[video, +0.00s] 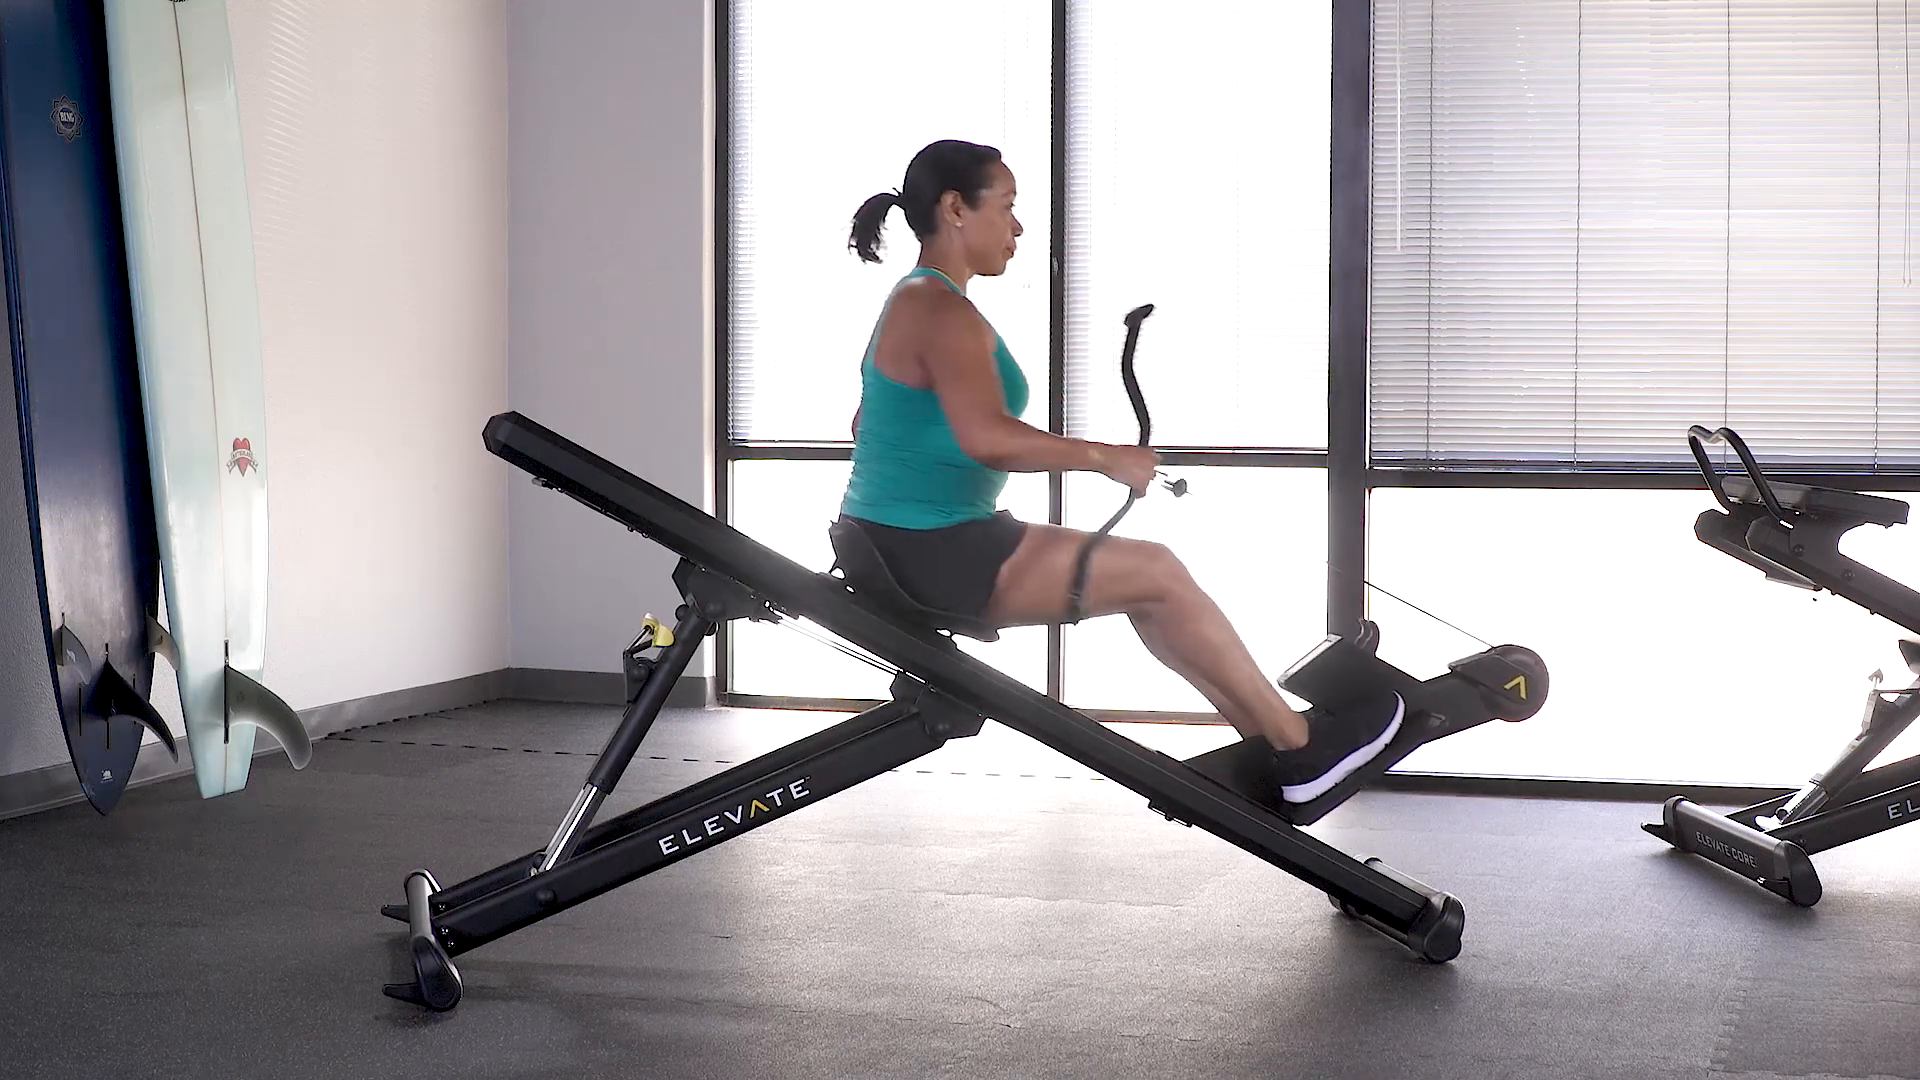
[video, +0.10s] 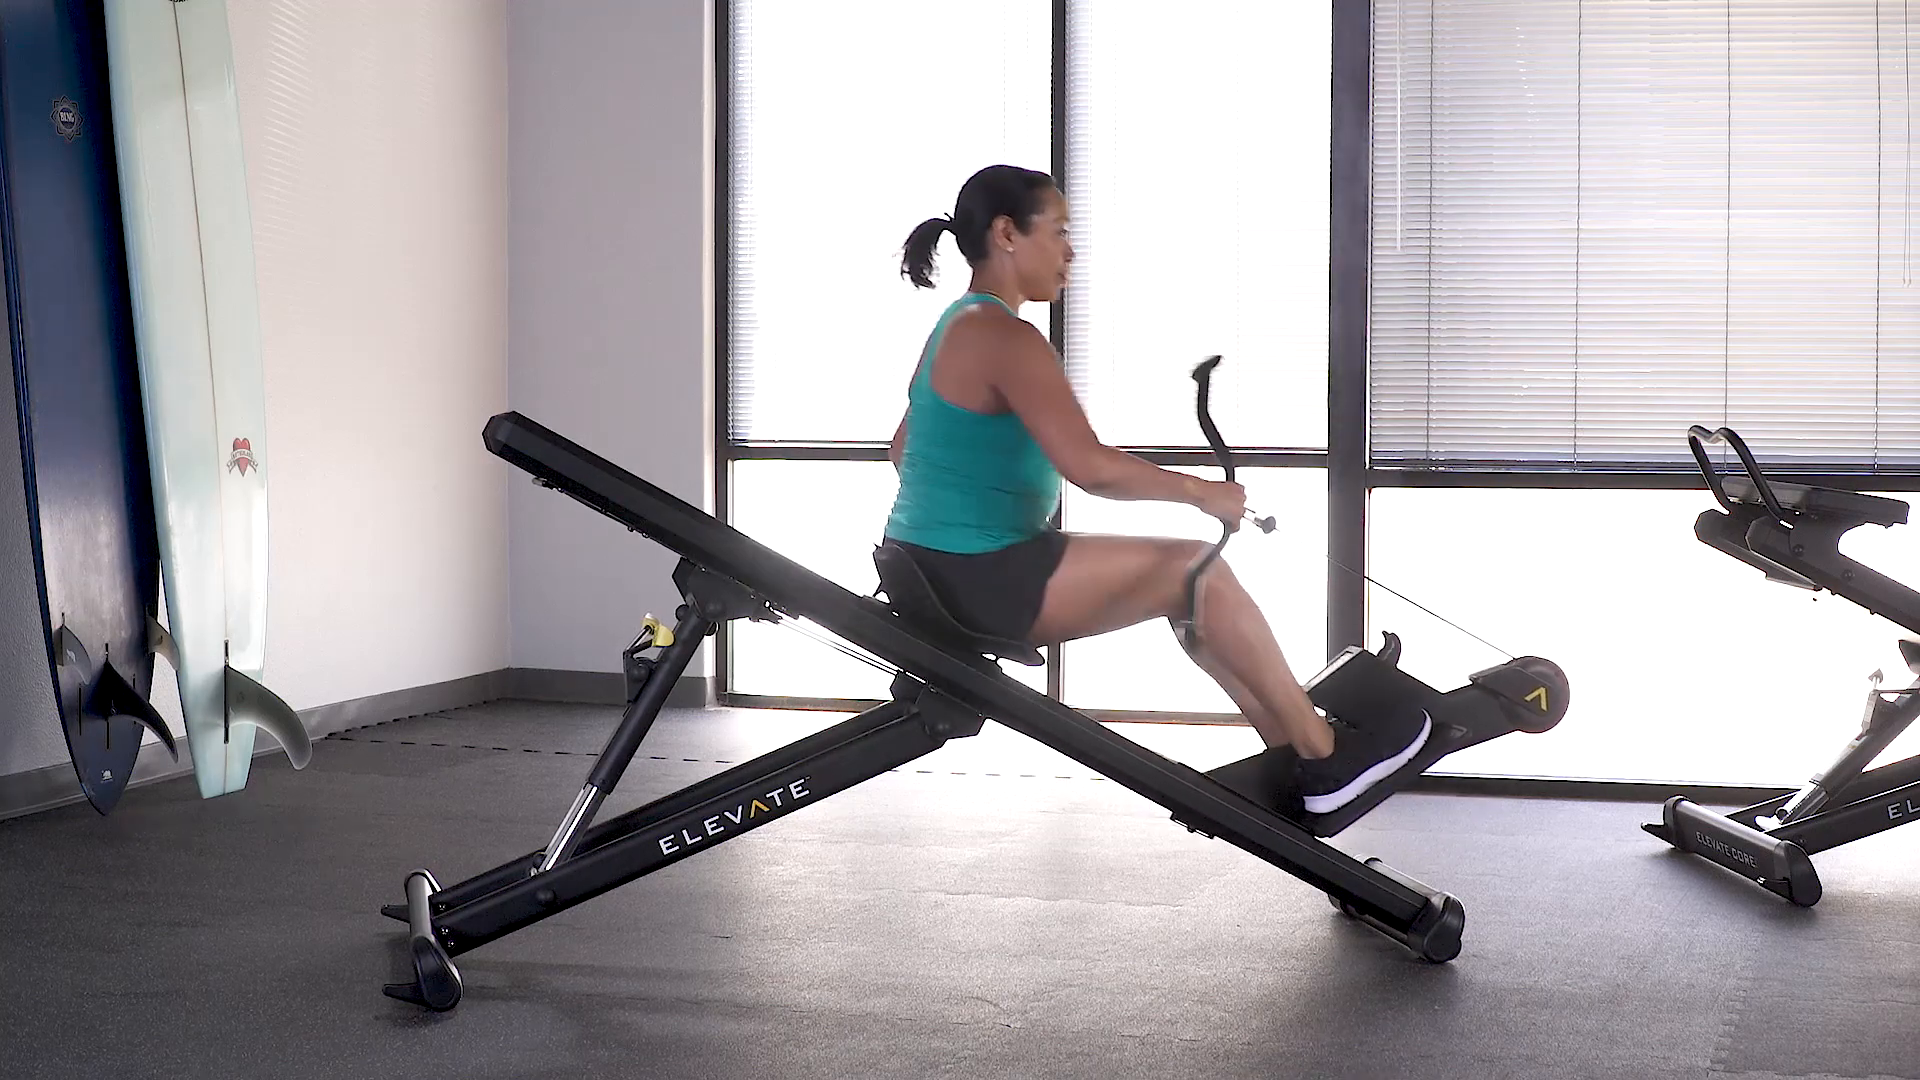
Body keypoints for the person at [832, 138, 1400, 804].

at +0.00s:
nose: (1018, 223)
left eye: (1014, 205)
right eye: (1007, 205)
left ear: (953, 213)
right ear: (954, 210)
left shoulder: (915, 303)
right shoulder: (942, 311)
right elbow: (984, 435)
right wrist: (1102, 458)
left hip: (901, 542)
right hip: (922, 549)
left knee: (1145, 581)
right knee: (1156, 571)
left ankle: (1269, 732)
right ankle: (1297, 744)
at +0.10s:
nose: (1068, 250)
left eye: (1065, 232)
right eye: (1056, 231)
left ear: (1002, 238)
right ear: (1005, 236)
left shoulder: (954, 328)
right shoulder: (1008, 338)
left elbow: (905, 450)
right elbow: (1090, 467)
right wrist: (1200, 491)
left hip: (927, 570)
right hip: (973, 576)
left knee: (1184, 577)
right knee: (1196, 565)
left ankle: (1291, 741)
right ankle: (1323, 754)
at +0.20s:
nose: (1121, 277)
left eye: (1116, 259)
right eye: (1109, 259)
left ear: (1051, 264)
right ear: (1057, 263)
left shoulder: (1002, 351)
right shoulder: (1078, 370)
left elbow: (941, 464)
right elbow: (1180, 493)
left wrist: (999, 533)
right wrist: (1292, 529)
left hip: (965, 589)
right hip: (1022, 603)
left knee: (1224, 575)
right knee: (1246, 572)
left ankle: (1310, 753)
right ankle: (1348, 765)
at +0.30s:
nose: (1167, 299)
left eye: (1163, 281)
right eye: (1156, 281)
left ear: (1097, 288)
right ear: (1104, 286)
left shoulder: (1040, 380)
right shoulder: (1140, 398)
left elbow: (974, 486)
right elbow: (1258, 520)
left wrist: (1028, 562)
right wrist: (1360, 561)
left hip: (997, 612)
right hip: (1071, 625)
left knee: (1252, 571)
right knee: (1281, 578)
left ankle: (1326, 757)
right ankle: (1367, 772)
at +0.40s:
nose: (1206, 319)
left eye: (1202, 302)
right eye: (1195, 302)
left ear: (1139, 310)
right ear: (1144, 307)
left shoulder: (1079, 395)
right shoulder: (1191, 422)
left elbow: (1005, 503)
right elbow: (1313, 531)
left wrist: (1062, 579)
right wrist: (1416, 589)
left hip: (1028, 628)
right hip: (1101, 644)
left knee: (1285, 575)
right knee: (1315, 579)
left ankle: (1343, 763)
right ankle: (1383, 782)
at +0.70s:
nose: (1265, 346)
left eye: (1261, 330)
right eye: (1253, 331)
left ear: (1196, 342)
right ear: (1204, 340)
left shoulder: (1127, 425)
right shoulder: (1261, 451)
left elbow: (1046, 522)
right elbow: (1390, 551)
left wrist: (1087, 596)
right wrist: (1488, 625)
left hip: (1070, 651)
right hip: (1143, 670)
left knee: (1312, 573)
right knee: (1347, 582)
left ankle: (1361, 763)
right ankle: (1403, 795)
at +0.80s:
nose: (1252, 337)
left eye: (1246, 320)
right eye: (1239, 321)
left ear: (1182, 336)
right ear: (1190, 333)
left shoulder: (1118, 419)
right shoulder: (1250, 444)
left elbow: (1040, 518)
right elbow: (1373, 548)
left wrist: (1091, 593)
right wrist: (1473, 619)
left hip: (1062, 642)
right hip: (1134, 662)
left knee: (1307, 577)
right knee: (1340, 585)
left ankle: (1357, 764)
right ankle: (1402, 794)